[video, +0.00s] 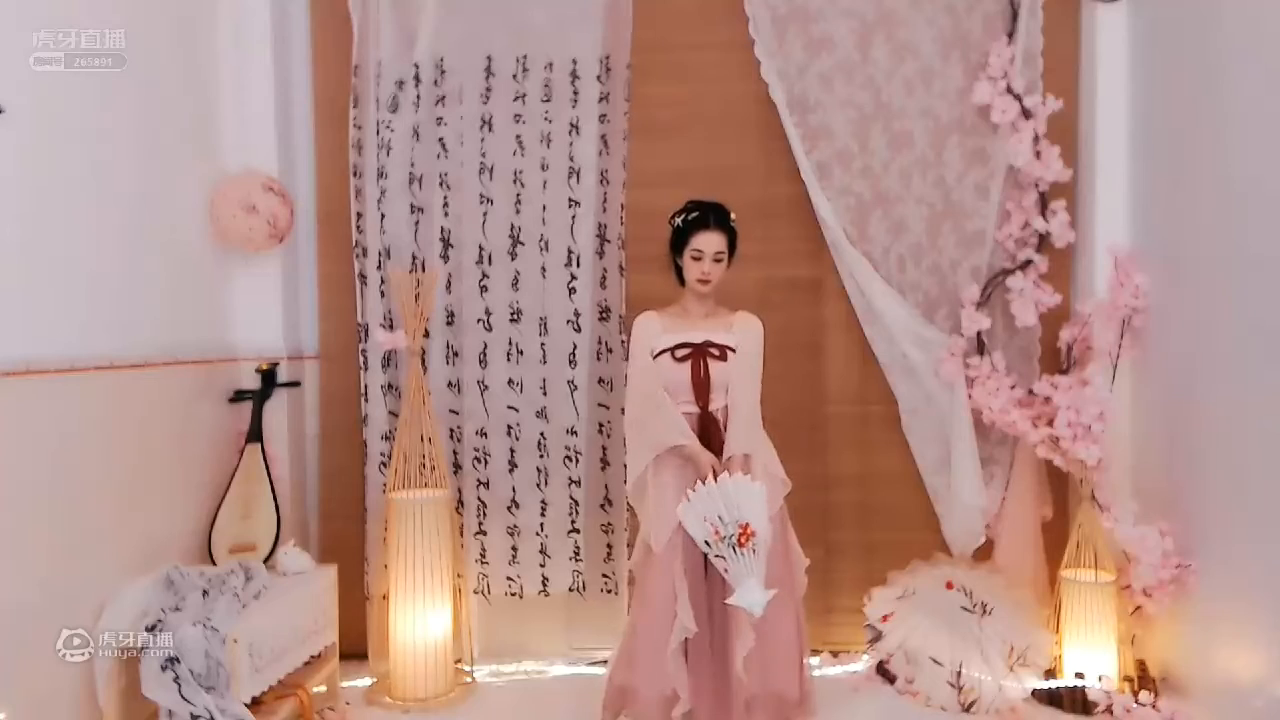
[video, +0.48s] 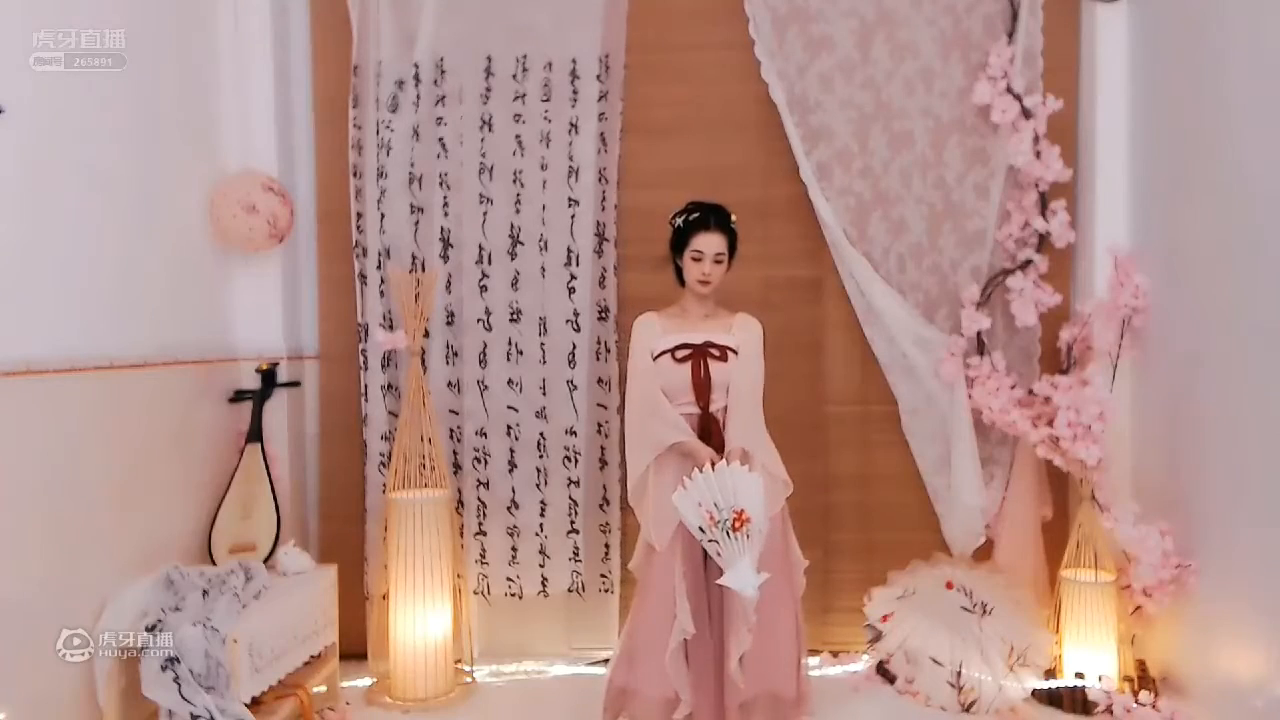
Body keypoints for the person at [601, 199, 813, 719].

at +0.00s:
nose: (707, 269)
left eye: (717, 259)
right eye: (697, 257)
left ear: (730, 263)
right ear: (678, 259)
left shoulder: (747, 327)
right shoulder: (650, 326)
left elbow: (748, 408)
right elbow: (648, 407)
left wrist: (743, 468)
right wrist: (695, 454)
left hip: (739, 464)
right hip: (674, 465)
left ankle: (745, 699)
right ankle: (674, 699)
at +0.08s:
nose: (707, 269)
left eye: (718, 259)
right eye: (697, 257)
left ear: (730, 263)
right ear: (678, 259)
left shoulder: (747, 327)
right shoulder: (649, 326)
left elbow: (747, 406)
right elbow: (649, 408)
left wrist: (742, 465)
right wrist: (696, 455)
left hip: (739, 467)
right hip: (675, 469)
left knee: (743, 587)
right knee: (678, 586)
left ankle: (744, 702)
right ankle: (678, 704)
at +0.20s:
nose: (707, 269)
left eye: (717, 259)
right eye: (697, 257)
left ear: (730, 264)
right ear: (678, 259)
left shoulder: (747, 327)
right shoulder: (650, 327)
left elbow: (752, 408)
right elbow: (649, 408)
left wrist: (746, 465)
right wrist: (695, 451)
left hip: (741, 464)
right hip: (676, 465)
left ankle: (748, 699)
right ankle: (678, 699)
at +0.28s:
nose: (707, 270)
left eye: (717, 259)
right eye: (697, 257)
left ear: (730, 264)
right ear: (678, 259)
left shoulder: (747, 327)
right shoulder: (650, 327)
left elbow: (753, 406)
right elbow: (649, 408)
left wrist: (745, 460)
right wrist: (695, 451)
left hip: (741, 465)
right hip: (676, 465)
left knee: (749, 583)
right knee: (679, 580)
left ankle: (748, 699)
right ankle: (679, 700)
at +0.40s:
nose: (707, 270)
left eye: (717, 260)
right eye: (697, 258)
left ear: (730, 265)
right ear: (678, 260)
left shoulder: (746, 328)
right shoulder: (650, 327)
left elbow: (751, 407)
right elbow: (649, 410)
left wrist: (740, 459)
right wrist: (699, 453)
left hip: (740, 463)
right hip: (675, 463)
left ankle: (748, 697)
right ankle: (680, 697)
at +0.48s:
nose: (707, 270)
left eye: (718, 259)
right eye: (697, 258)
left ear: (730, 264)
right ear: (678, 259)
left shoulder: (746, 328)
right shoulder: (649, 327)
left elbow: (749, 408)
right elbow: (647, 409)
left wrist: (741, 460)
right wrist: (698, 453)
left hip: (740, 465)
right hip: (675, 465)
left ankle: (748, 699)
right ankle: (680, 700)